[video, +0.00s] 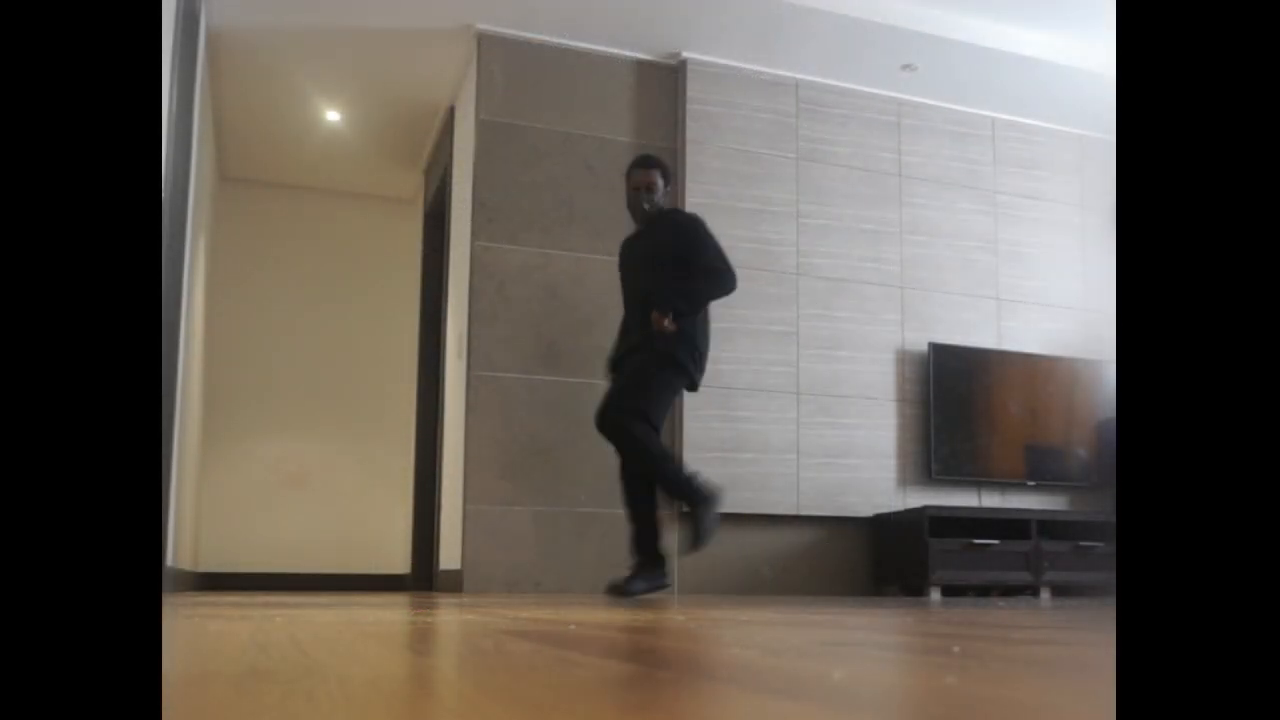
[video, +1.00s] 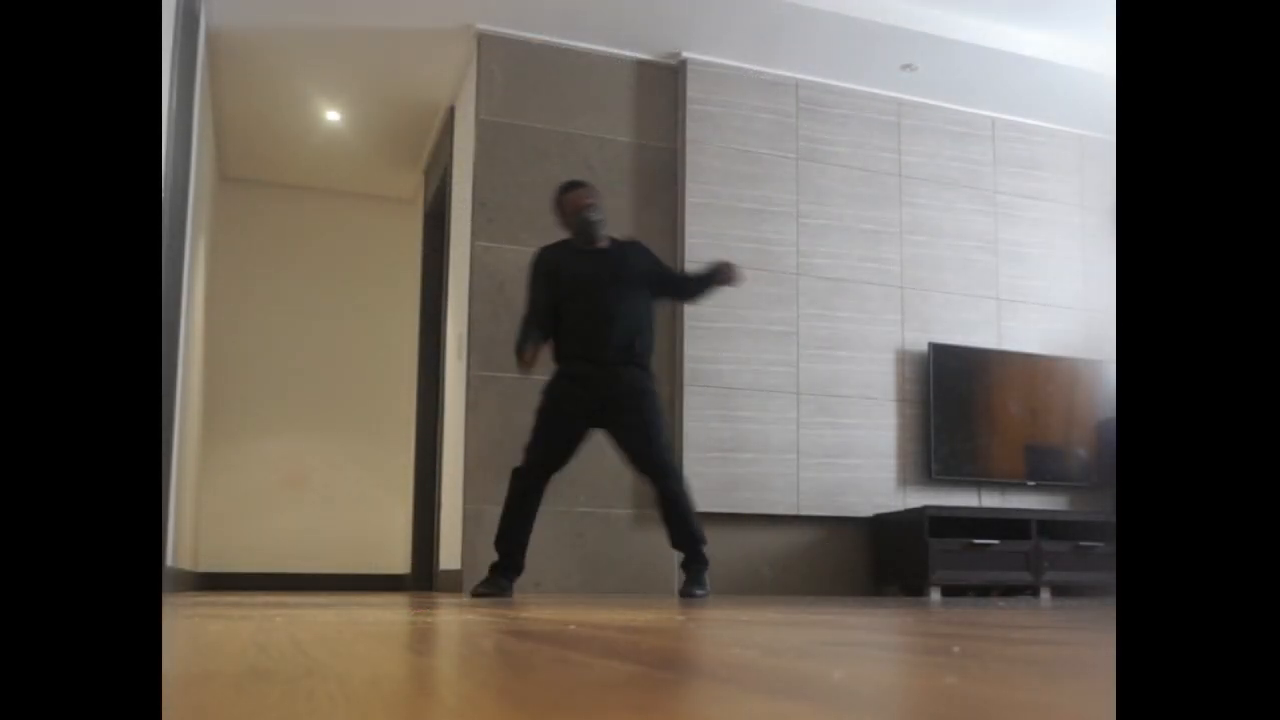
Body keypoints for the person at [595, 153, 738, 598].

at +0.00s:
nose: (642, 197)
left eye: (650, 189)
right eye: (636, 190)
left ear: (667, 191)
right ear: (627, 194)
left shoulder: (684, 227)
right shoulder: (631, 247)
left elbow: (723, 278)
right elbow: (635, 310)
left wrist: (675, 308)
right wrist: (619, 355)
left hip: (672, 354)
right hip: (639, 357)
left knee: (614, 418)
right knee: (635, 450)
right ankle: (649, 565)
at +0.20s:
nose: (639, 201)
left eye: (646, 192)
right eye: (632, 194)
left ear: (664, 192)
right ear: (624, 198)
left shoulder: (688, 228)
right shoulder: (631, 247)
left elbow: (719, 285)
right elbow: (633, 305)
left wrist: (677, 314)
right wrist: (632, 346)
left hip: (671, 356)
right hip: (632, 355)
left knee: (659, 444)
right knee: (603, 446)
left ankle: (705, 527)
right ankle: (638, 556)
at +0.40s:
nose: (638, 224)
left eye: (644, 215)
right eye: (630, 218)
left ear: (660, 212)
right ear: (621, 220)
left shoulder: (693, 249)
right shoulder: (619, 269)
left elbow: (729, 305)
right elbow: (626, 332)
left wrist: (702, 329)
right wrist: (625, 377)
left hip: (682, 375)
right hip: (636, 375)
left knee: (684, 470)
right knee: (576, 445)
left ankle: (694, 571)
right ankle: (617, 551)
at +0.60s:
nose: (636, 220)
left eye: (643, 211)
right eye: (628, 213)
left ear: (659, 205)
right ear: (619, 212)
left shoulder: (691, 246)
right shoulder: (615, 254)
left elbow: (727, 302)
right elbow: (609, 318)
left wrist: (697, 336)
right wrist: (595, 371)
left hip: (673, 373)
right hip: (626, 374)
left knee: (677, 466)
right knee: (628, 454)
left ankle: (693, 569)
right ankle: (594, 561)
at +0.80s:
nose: (637, 193)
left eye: (638, 186)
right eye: (624, 191)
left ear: (647, 195)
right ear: (608, 206)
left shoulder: (667, 249)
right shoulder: (593, 250)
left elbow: (678, 316)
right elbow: (576, 318)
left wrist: (729, 320)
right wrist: (556, 379)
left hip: (667, 383)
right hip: (610, 381)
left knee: (685, 473)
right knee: (568, 466)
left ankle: (695, 570)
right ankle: (530, 561)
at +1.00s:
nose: (588, 211)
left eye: (592, 203)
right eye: (577, 207)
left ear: (602, 209)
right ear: (562, 218)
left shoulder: (632, 256)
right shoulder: (552, 261)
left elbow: (678, 287)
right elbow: (539, 312)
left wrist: (712, 277)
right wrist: (528, 344)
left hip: (628, 388)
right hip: (572, 387)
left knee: (663, 472)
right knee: (532, 473)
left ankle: (695, 566)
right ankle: (504, 572)